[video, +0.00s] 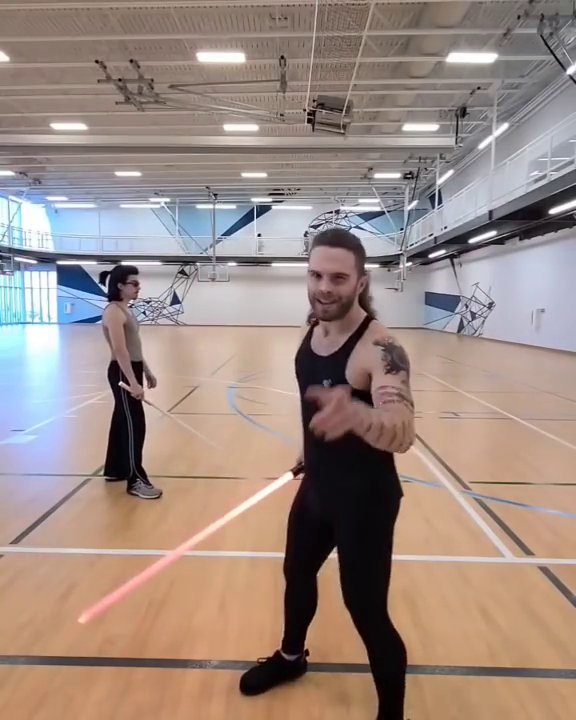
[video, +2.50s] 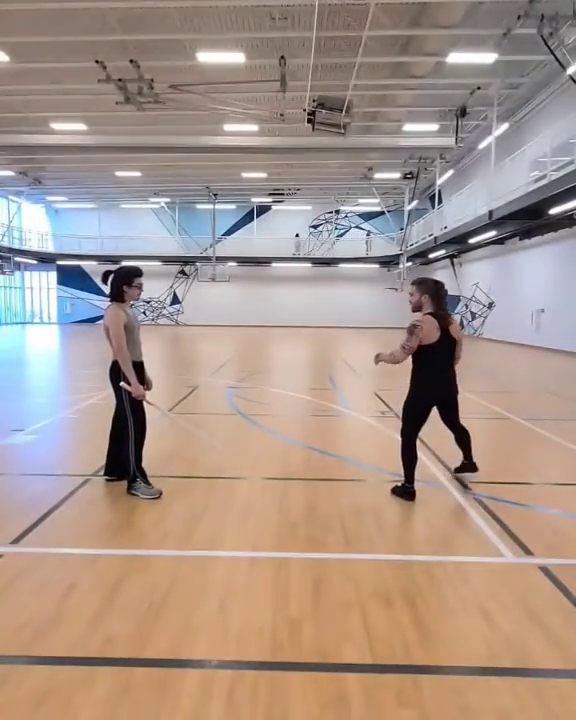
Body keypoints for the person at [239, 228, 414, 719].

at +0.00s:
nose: (324, 289)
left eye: (338, 279)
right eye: (316, 276)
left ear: (361, 282)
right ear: (307, 276)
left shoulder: (380, 347)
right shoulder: (316, 329)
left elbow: (402, 432)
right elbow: (320, 405)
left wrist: (359, 416)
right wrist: (306, 458)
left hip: (367, 491)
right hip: (320, 480)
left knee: (367, 610)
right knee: (298, 569)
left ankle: (391, 712)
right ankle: (291, 655)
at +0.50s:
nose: (346, 283)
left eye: (352, 275)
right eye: (347, 274)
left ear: (379, 281)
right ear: (386, 282)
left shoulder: (375, 339)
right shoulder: (412, 331)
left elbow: (366, 429)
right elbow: (411, 417)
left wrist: (334, 480)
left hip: (376, 491)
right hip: (412, 484)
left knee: (377, 605)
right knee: (406, 567)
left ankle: (391, 713)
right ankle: (419, 655)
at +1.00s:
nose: (382, 300)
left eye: (385, 293)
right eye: (384, 293)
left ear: (397, 297)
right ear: (425, 296)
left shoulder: (378, 338)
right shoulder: (457, 342)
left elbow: (348, 396)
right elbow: (470, 405)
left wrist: (333, 429)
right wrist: (475, 442)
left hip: (382, 458)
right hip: (428, 461)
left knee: (382, 515)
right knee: (425, 549)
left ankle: (385, 569)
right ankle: (420, 644)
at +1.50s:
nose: (392, 301)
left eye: (395, 296)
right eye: (393, 295)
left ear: (408, 298)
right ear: (429, 298)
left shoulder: (388, 332)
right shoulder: (450, 336)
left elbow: (360, 365)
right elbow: (459, 386)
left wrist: (357, 372)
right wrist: (475, 426)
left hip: (394, 426)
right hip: (429, 427)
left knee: (389, 488)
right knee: (430, 476)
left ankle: (388, 557)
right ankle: (430, 522)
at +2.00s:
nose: (394, 303)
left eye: (397, 299)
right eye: (394, 299)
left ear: (410, 299)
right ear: (420, 298)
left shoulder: (405, 326)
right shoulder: (448, 324)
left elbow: (396, 368)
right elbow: (459, 359)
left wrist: (390, 403)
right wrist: (465, 381)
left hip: (408, 401)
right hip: (437, 402)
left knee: (406, 448)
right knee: (434, 457)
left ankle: (407, 487)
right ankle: (430, 513)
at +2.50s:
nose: (409, 299)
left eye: (413, 295)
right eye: (410, 294)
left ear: (425, 297)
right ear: (433, 297)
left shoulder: (419, 324)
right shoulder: (452, 323)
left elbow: (400, 356)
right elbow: (457, 356)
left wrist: (382, 357)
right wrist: (442, 367)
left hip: (422, 390)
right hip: (447, 387)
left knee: (408, 435)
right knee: (454, 424)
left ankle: (408, 486)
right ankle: (469, 461)